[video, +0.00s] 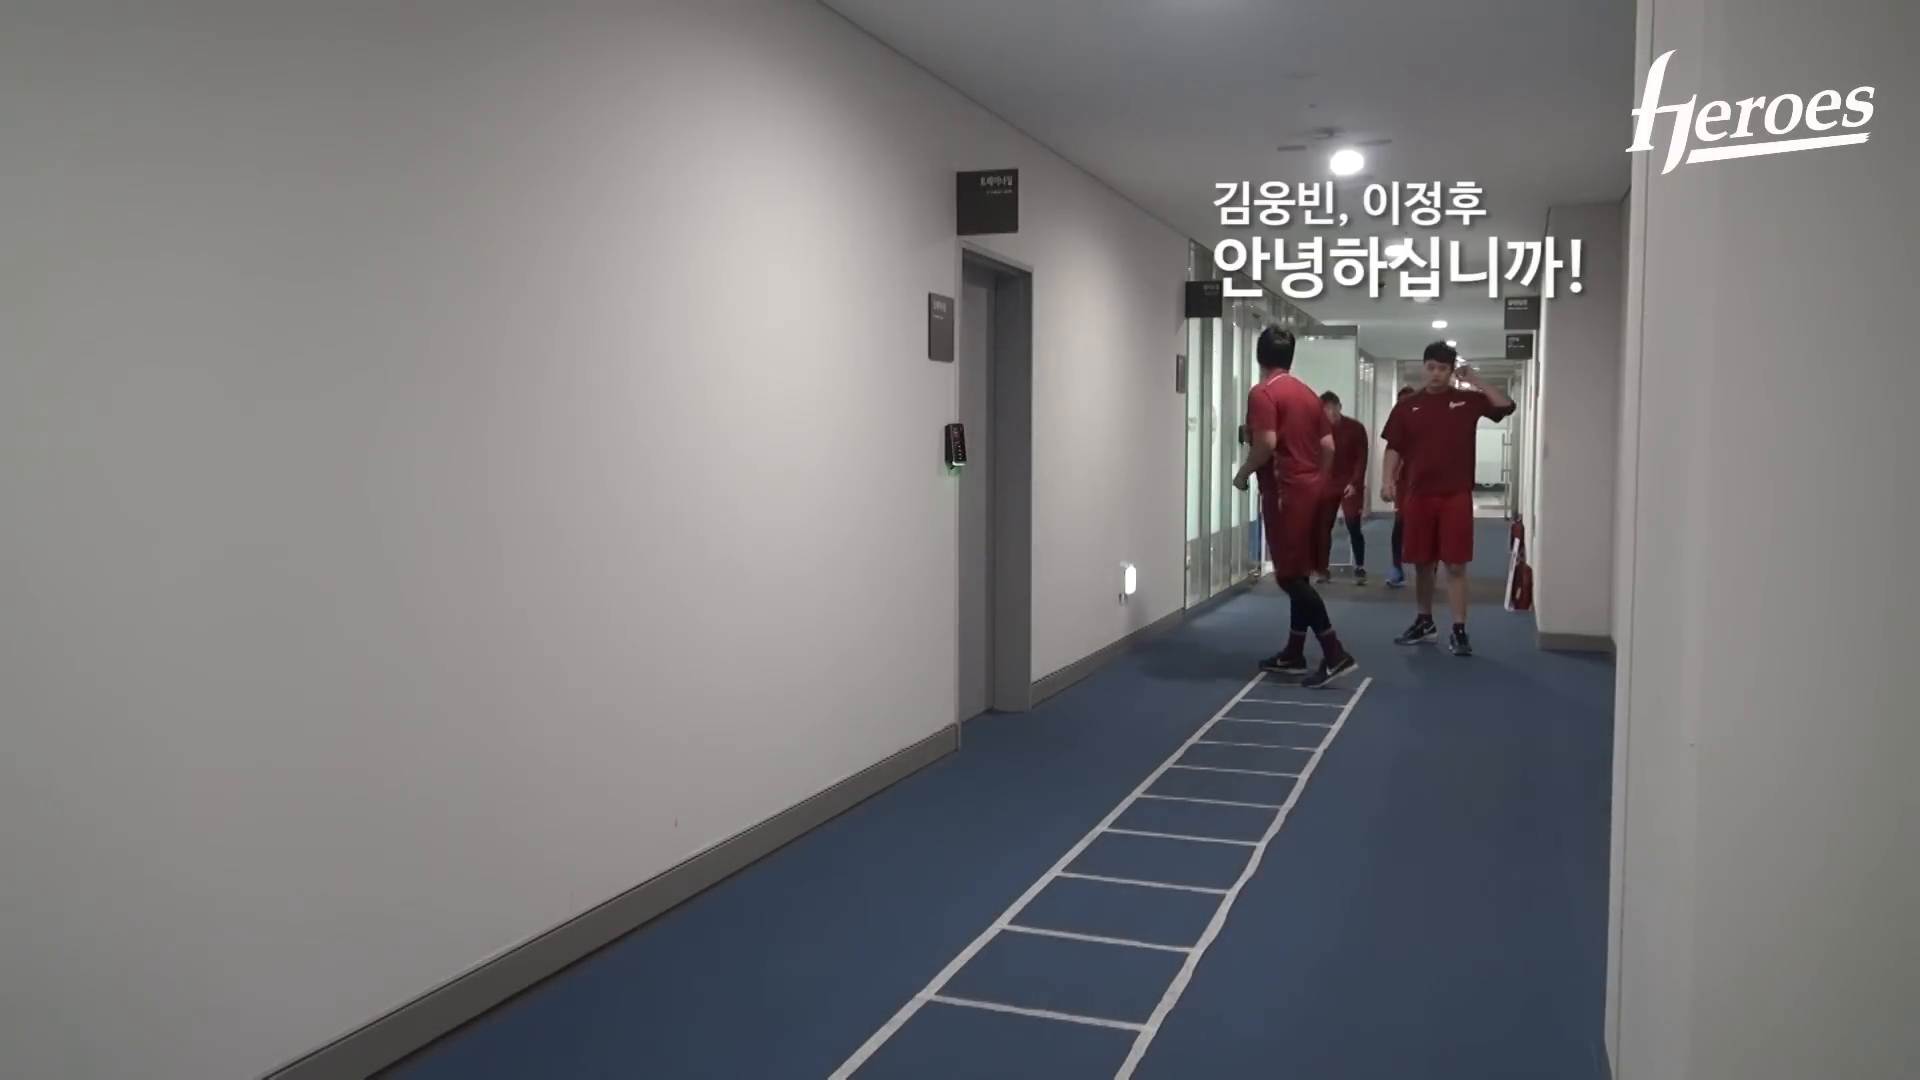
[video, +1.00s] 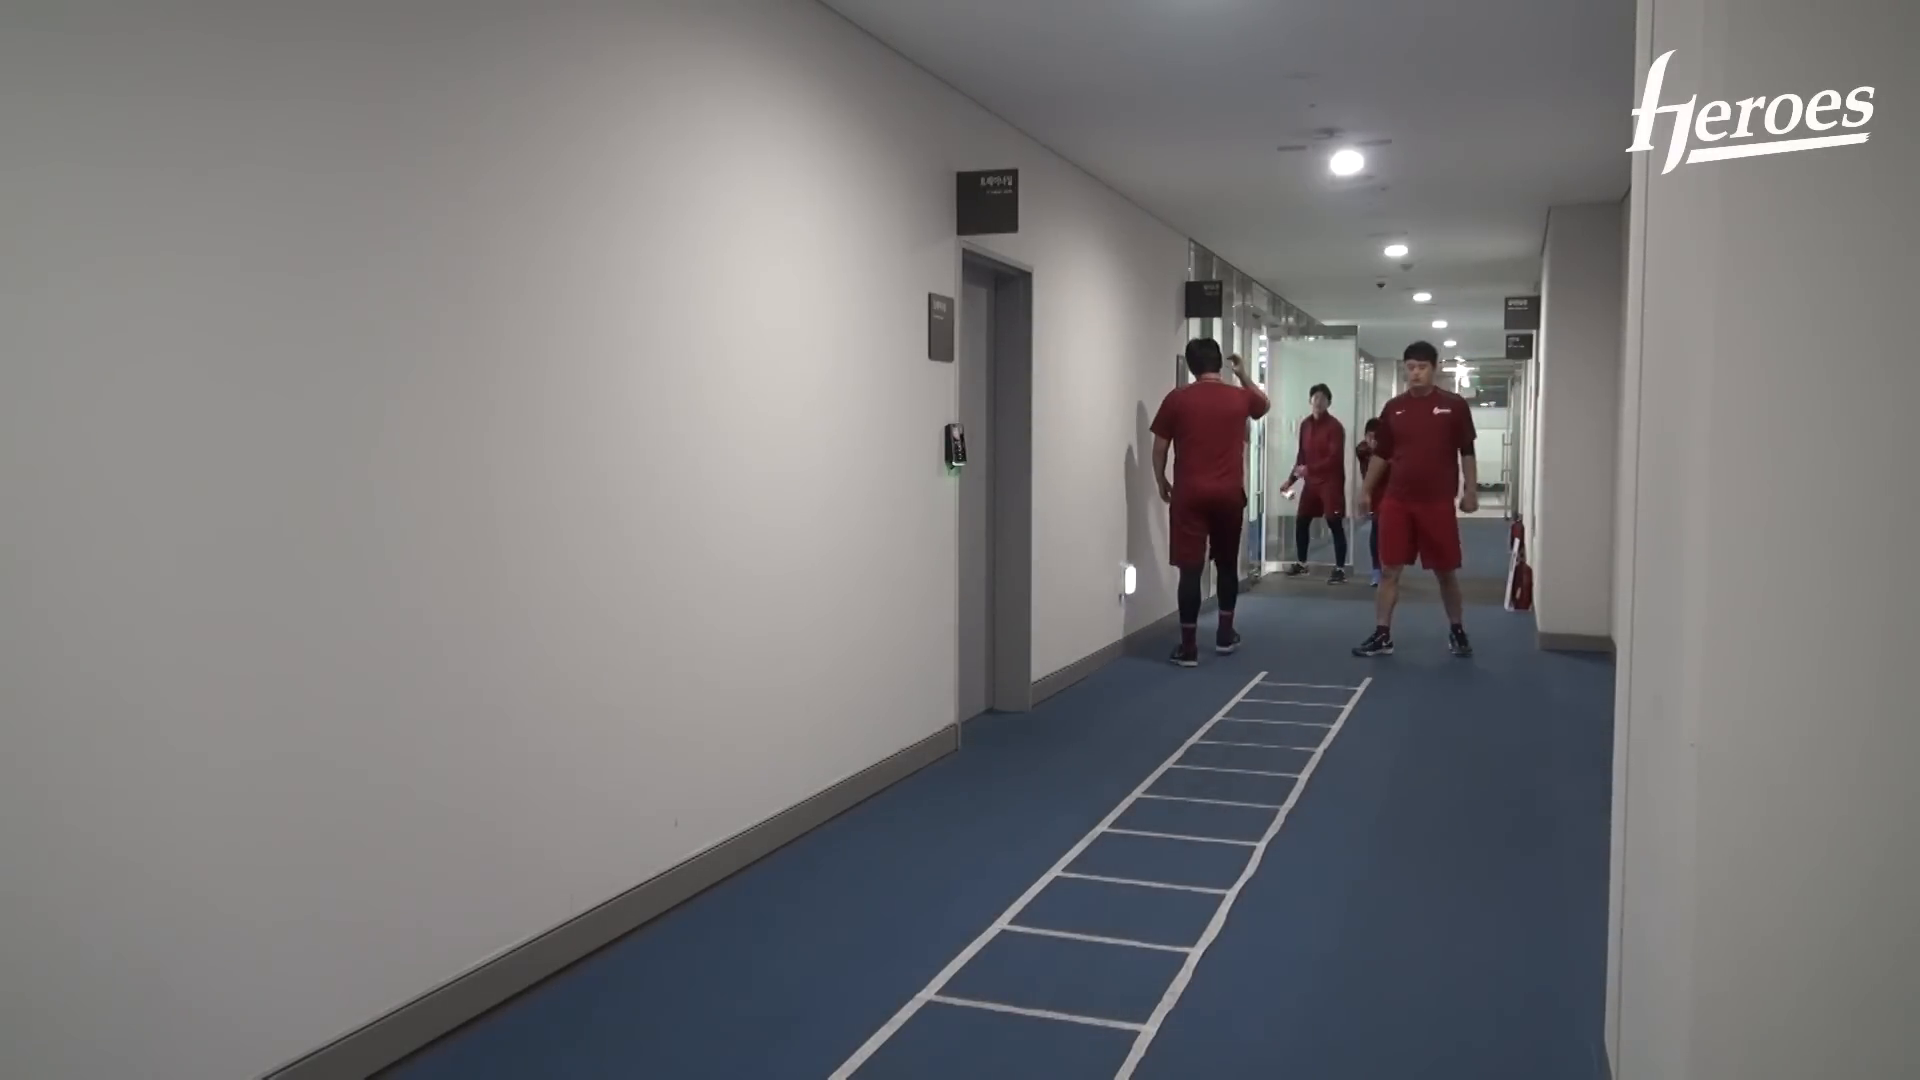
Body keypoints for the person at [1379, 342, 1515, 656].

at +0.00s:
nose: (1436, 374)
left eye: (1442, 369)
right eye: (1431, 367)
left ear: (1452, 372)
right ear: (1423, 368)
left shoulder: (1468, 401)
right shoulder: (1407, 406)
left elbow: (1505, 407)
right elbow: (1393, 447)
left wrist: (1476, 380)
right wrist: (1387, 480)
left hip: (1456, 495)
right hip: (1419, 495)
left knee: (1456, 564)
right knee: (1423, 564)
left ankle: (1459, 629)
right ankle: (1424, 620)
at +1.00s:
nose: (1415, 372)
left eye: (1422, 367)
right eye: (1410, 367)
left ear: (1435, 369)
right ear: (1405, 370)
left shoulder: (1455, 405)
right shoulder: (1393, 407)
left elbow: (1467, 451)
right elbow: (1380, 453)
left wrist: (1470, 489)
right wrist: (1366, 488)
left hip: (1437, 502)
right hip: (1396, 501)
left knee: (1445, 572)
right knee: (1389, 570)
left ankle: (1457, 631)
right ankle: (1382, 634)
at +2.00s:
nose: (1381, 375)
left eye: (1387, 369)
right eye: (1376, 369)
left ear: (1400, 369)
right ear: (1370, 370)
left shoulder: (1421, 403)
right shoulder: (1362, 407)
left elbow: (1441, 449)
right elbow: (1351, 452)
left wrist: (1446, 491)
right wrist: (1336, 489)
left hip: (1404, 501)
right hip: (1368, 500)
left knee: (1400, 571)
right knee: (1377, 571)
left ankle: (1403, 642)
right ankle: (1380, 634)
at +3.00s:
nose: (1370, 375)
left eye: (1375, 368)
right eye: (1368, 369)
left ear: (1394, 367)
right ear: (1372, 371)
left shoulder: (1419, 403)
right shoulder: (1372, 405)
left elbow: (1428, 456)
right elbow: (1370, 454)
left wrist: (1418, 500)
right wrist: (1361, 497)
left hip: (1400, 500)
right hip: (1370, 498)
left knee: (1400, 572)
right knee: (1360, 569)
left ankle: (1404, 643)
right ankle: (1363, 630)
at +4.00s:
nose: (1312, 381)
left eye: (1315, 374)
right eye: (1311, 375)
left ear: (1331, 370)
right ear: (1327, 372)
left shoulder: (1367, 406)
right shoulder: (1321, 409)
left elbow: (1382, 453)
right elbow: (1316, 453)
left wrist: (1389, 496)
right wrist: (1304, 488)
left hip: (1355, 501)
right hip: (1327, 502)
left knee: (1328, 568)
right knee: (1347, 569)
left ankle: (1318, 636)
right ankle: (1365, 634)